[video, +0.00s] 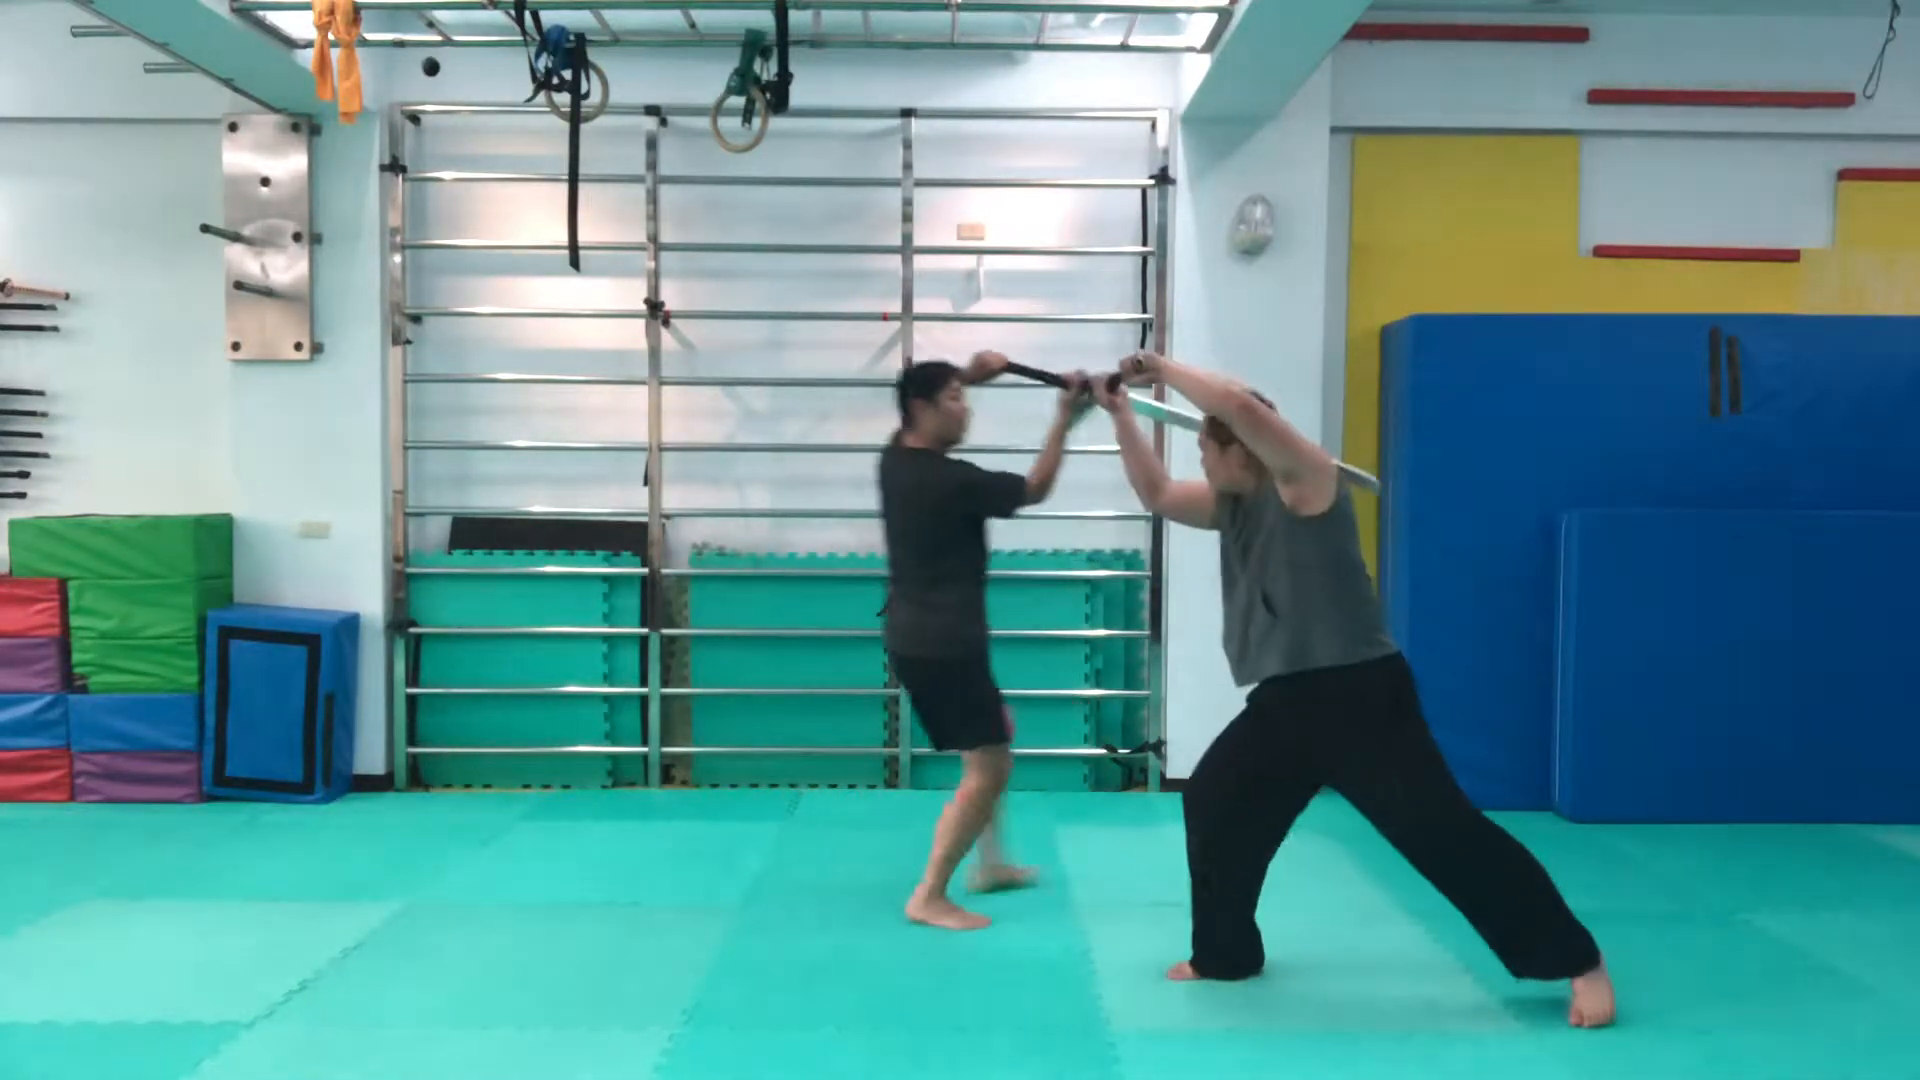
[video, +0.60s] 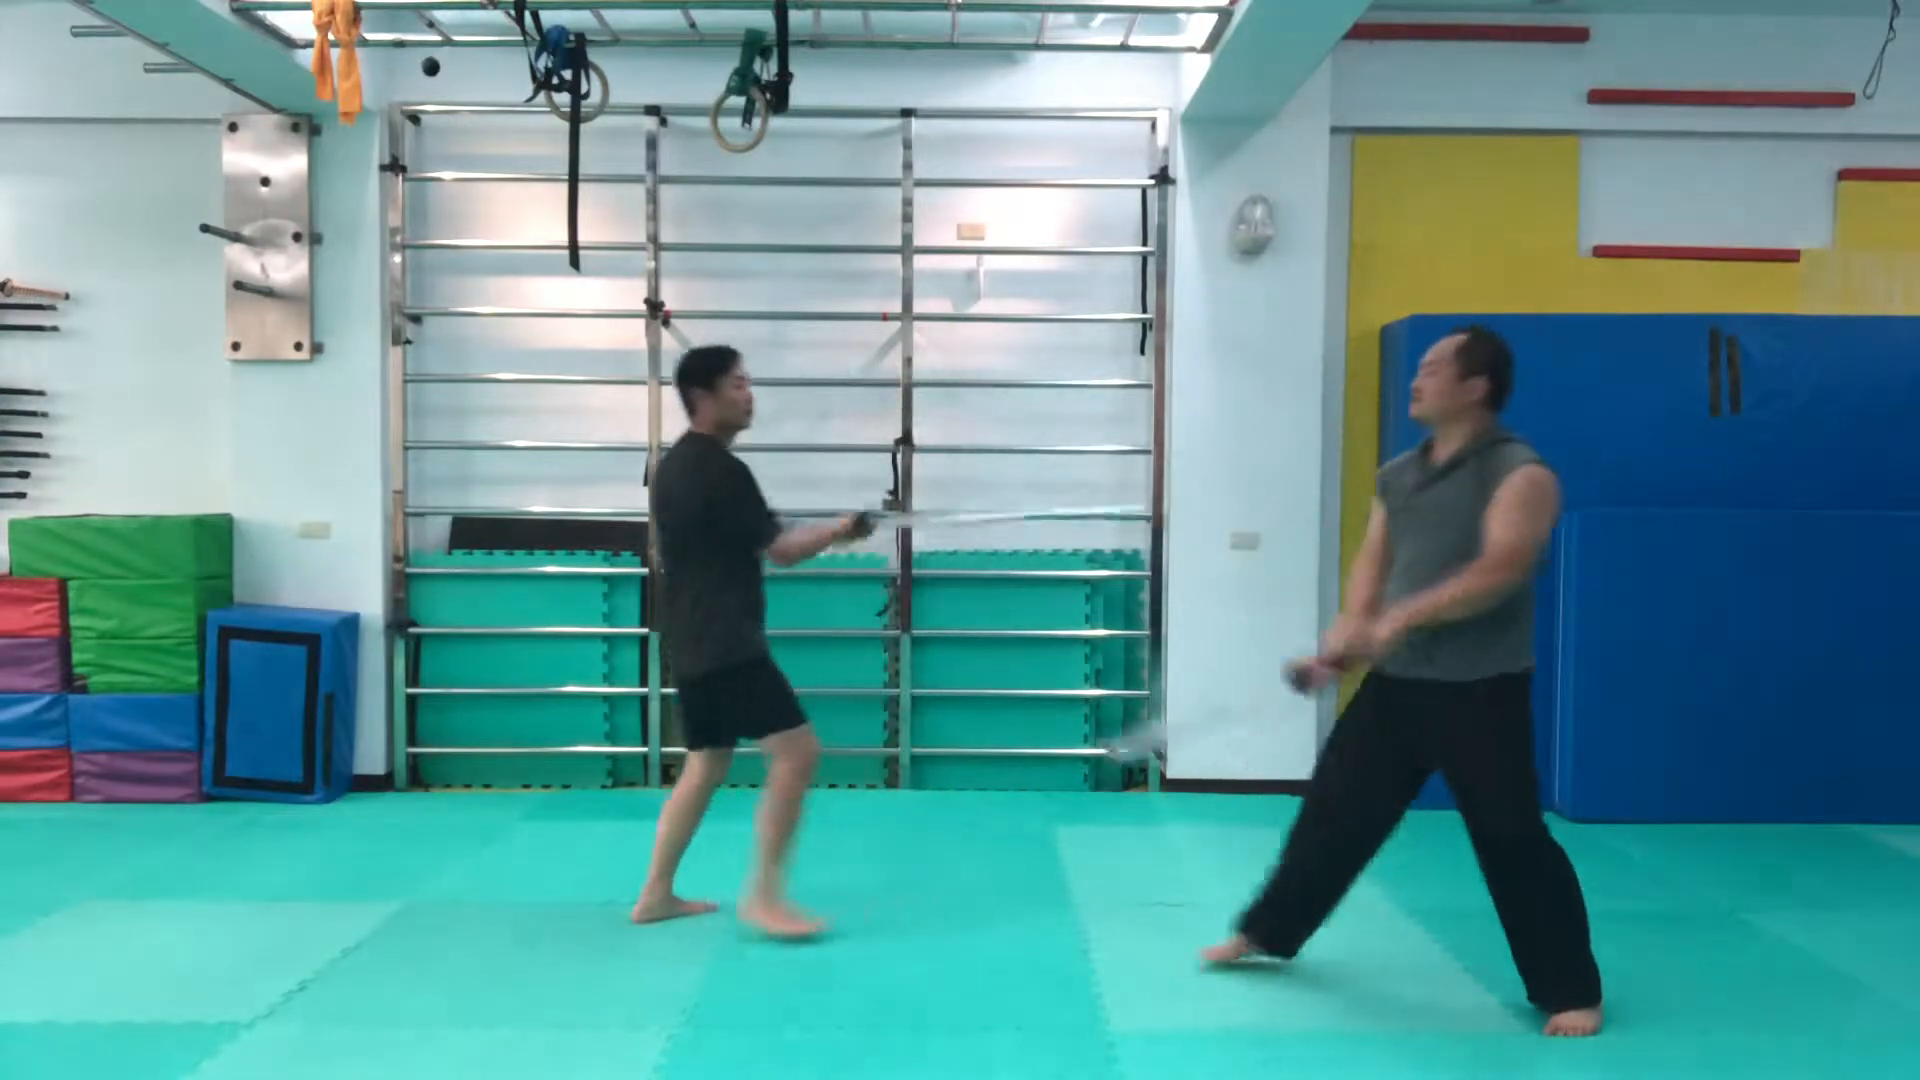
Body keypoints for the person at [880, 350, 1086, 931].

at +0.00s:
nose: (965, 410)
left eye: (964, 400)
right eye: (956, 401)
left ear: (915, 413)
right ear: (925, 411)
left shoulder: (895, 462)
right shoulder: (952, 479)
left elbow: (928, 420)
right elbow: (1035, 487)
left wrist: (969, 377)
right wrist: (1063, 418)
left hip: (914, 642)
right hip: (948, 648)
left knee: (993, 736)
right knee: (988, 765)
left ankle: (990, 866)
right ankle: (929, 896)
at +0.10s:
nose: (929, 403)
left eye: (927, 393)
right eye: (919, 395)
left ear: (882, 407)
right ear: (888, 404)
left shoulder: (861, 457)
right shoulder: (917, 472)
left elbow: (896, 415)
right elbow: (1001, 483)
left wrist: (938, 376)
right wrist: (1033, 413)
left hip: (879, 641)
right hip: (920, 644)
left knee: (936, 753)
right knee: (964, 761)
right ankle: (927, 898)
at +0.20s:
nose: (887, 404)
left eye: (886, 394)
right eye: (878, 395)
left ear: (841, 405)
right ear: (844, 404)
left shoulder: (825, 458)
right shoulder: (875, 473)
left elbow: (861, 411)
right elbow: (962, 486)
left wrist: (901, 380)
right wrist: (1000, 416)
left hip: (849, 642)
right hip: (889, 644)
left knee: (887, 753)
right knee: (940, 762)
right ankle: (925, 900)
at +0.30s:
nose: (846, 407)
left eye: (844, 398)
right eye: (834, 400)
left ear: (802, 413)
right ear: (800, 412)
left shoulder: (787, 464)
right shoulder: (826, 480)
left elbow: (826, 409)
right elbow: (919, 495)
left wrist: (868, 394)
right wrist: (958, 427)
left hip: (811, 647)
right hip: (847, 650)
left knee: (809, 760)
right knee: (904, 760)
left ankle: (697, 858)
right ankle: (922, 901)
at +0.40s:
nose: (808, 413)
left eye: (804, 400)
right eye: (794, 403)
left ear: (757, 419)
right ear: (760, 416)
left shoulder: (744, 471)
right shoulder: (781, 486)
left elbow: (785, 453)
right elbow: (876, 511)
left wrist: (825, 427)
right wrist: (916, 452)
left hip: (759, 657)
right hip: (793, 661)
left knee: (741, 775)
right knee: (864, 767)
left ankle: (663, 890)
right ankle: (911, 898)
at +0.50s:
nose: (774, 404)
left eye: (771, 393)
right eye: (761, 396)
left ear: (726, 411)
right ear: (727, 409)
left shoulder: (706, 471)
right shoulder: (746, 481)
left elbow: (744, 506)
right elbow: (830, 531)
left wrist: (788, 471)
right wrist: (875, 493)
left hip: (719, 657)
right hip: (752, 658)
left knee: (721, 774)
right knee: (827, 758)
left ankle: (657, 895)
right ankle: (857, 896)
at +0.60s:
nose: (750, 395)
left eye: (747, 384)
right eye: (738, 386)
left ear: (701, 399)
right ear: (703, 398)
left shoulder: (671, 466)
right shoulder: (723, 470)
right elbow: (782, 549)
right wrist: (839, 530)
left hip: (690, 649)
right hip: (730, 648)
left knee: (704, 765)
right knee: (797, 751)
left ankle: (656, 893)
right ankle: (765, 900)